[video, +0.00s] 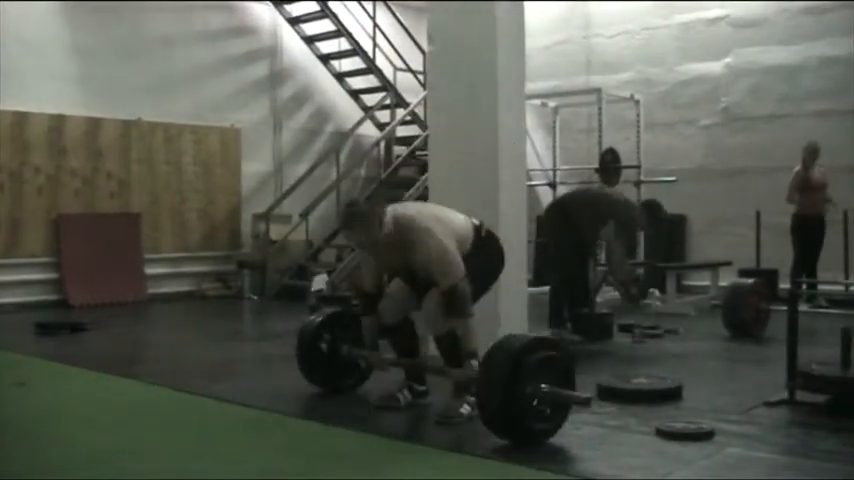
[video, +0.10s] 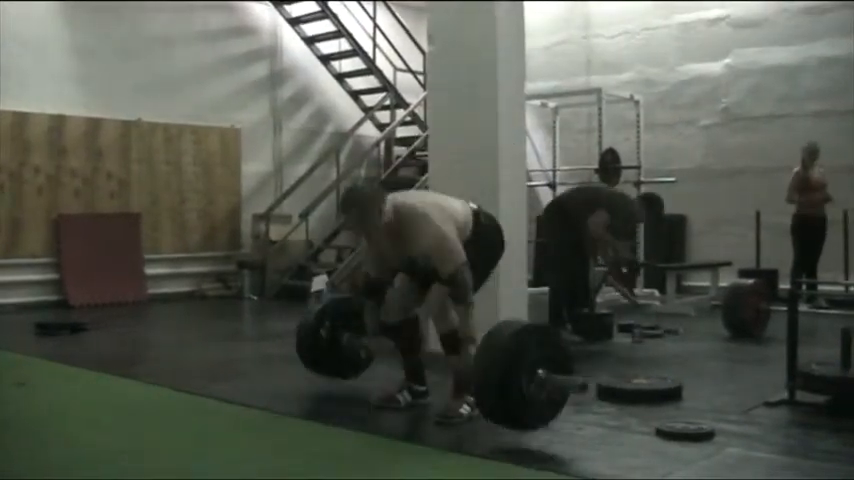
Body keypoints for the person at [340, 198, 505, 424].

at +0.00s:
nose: (364, 247)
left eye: (366, 240)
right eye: (358, 242)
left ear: (379, 223)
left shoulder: (425, 232)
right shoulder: (371, 241)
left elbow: (460, 295)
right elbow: (371, 299)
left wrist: (470, 356)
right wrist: (372, 352)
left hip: (478, 252)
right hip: (432, 257)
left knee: (436, 311)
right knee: (390, 307)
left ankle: (465, 394)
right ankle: (416, 385)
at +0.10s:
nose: (360, 232)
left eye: (362, 223)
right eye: (355, 226)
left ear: (379, 210)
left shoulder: (424, 222)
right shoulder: (374, 228)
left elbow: (462, 279)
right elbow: (380, 278)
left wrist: (467, 336)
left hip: (479, 238)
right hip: (435, 245)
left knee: (442, 307)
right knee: (398, 305)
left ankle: (463, 397)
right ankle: (416, 386)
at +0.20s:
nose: (356, 214)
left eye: (361, 206)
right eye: (351, 207)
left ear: (381, 195)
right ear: (346, 201)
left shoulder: (424, 210)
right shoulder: (369, 213)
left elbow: (462, 259)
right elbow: (372, 258)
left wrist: (467, 318)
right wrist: (334, 284)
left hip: (477, 226)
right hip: (429, 235)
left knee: (445, 303)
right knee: (406, 302)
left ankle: (464, 396)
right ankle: (415, 386)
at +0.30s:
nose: (354, 163)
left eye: (360, 155)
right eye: (351, 156)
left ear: (380, 147)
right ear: (348, 152)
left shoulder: (417, 171)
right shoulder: (363, 179)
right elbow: (371, 228)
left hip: (467, 216)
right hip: (424, 224)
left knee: (450, 299)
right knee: (407, 298)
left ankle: (464, 394)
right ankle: (415, 386)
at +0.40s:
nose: (362, 120)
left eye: (367, 110)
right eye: (360, 112)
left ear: (389, 106)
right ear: (371, 112)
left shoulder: (426, 139)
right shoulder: (383, 152)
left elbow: (461, 193)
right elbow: (376, 201)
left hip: (457, 216)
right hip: (418, 221)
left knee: (445, 299)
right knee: (405, 300)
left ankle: (463, 395)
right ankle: (415, 385)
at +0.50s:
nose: (394, 65)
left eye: (401, 57)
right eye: (392, 58)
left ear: (423, 59)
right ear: (393, 64)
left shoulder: (449, 109)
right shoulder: (394, 112)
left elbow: (482, 157)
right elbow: (383, 160)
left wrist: (463, 196)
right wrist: (385, 198)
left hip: (447, 216)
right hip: (406, 215)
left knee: (443, 303)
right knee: (399, 300)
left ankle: (462, 393)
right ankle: (410, 384)